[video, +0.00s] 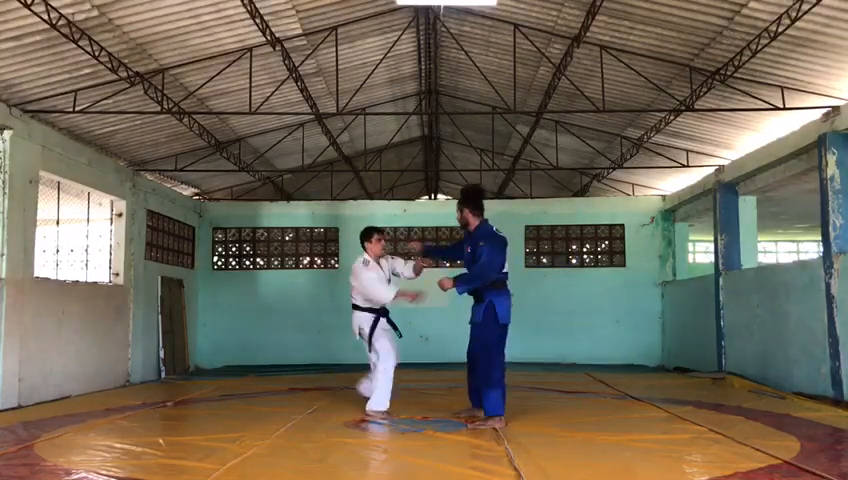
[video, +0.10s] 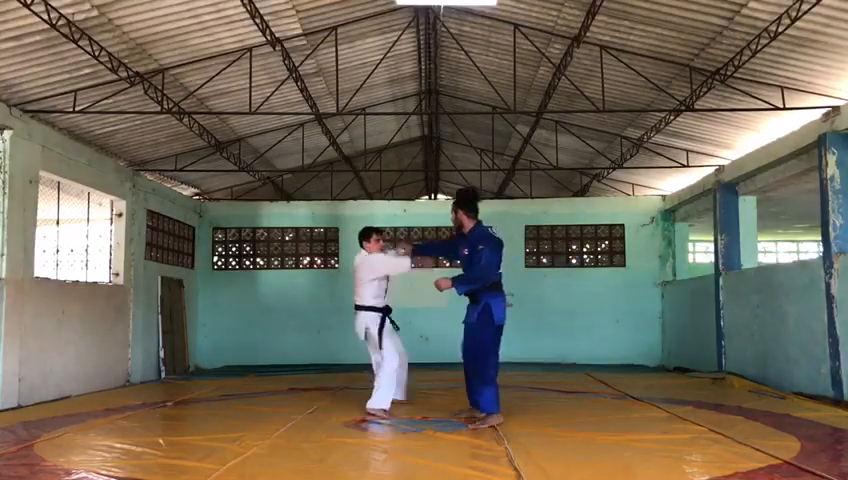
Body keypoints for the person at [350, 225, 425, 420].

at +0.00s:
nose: (383, 244)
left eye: (384, 240)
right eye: (379, 240)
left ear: (381, 243)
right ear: (367, 244)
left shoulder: (385, 261)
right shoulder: (361, 267)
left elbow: (406, 270)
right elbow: (376, 292)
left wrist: (418, 265)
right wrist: (404, 295)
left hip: (379, 316)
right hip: (365, 317)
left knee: (387, 355)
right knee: (387, 355)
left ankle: (368, 386)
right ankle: (377, 407)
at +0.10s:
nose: (381, 244)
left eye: (381, 240)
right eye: (377, 241)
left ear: (374, 243)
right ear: (366, 244)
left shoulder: (372, 258)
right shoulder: (368, 261)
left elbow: (388, 257)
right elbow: (399, 263)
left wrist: (401, 252)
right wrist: (420, 261)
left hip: (377, 315)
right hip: (370, 317)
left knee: (398, 355)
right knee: (390, 357)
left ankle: (394, 394)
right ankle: (377, 405)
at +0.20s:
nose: (383, 241)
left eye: (383, 238)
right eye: (380, 238)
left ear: (368, 240)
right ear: (370, 239)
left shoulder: (368, 255)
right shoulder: (367, 254)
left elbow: (395, 251)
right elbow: (397, 247)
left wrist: (406, 244)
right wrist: (408, 241)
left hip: (376, 312)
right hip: (374, 313)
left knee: (387, 355)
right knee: (392, 356)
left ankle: (392, 393)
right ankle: (379, 401)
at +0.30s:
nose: (386, 242)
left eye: (385, 237)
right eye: (383, 237)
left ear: (369, 237)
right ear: (376, 236)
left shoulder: (367, 252)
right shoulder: (369, 248)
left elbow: (393, 243)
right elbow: (399, 236)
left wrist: (391, 227)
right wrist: (396, 233)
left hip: (376, 307)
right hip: (376, 308)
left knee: (388, 353)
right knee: (389, 354)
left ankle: (390, 394)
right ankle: (379, 401)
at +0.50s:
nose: (384, 241)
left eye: (383, 237)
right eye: (382, 237)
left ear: (367, 236)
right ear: (373, 236)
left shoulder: (374, 256)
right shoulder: (365, 249)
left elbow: (391, 255)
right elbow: (390, 234)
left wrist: (396, 244)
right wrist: (396, 231)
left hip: (378, 309)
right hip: (371, 309)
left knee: (394, 353)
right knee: (386, 356)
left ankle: (394, 393)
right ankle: (378, 405)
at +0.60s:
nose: (383, 238)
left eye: (383, 234)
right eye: (379, 235)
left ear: (372, 236)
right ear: (368, 235)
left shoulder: (378, 256)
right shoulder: (363, 250)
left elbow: (400, 259)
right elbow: (391, 243)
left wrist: (399, 243)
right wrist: (402, 237)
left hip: (378, 308)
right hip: (368, 308)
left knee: (392, 353)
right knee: (382, 354)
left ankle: (392, 394)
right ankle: (376, 404)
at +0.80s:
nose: (376, 241)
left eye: (376, 238)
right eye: (372, 238)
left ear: (373, 241)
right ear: (360, 241)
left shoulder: (372, 265)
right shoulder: (355, 262)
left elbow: (389, 283)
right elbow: (371, 278)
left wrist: (401, 269)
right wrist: (393, 272)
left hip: (374, 315)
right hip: (361, 315)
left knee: (389, 354)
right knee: (380, 359)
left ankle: (391, 393)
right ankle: (350, 398)